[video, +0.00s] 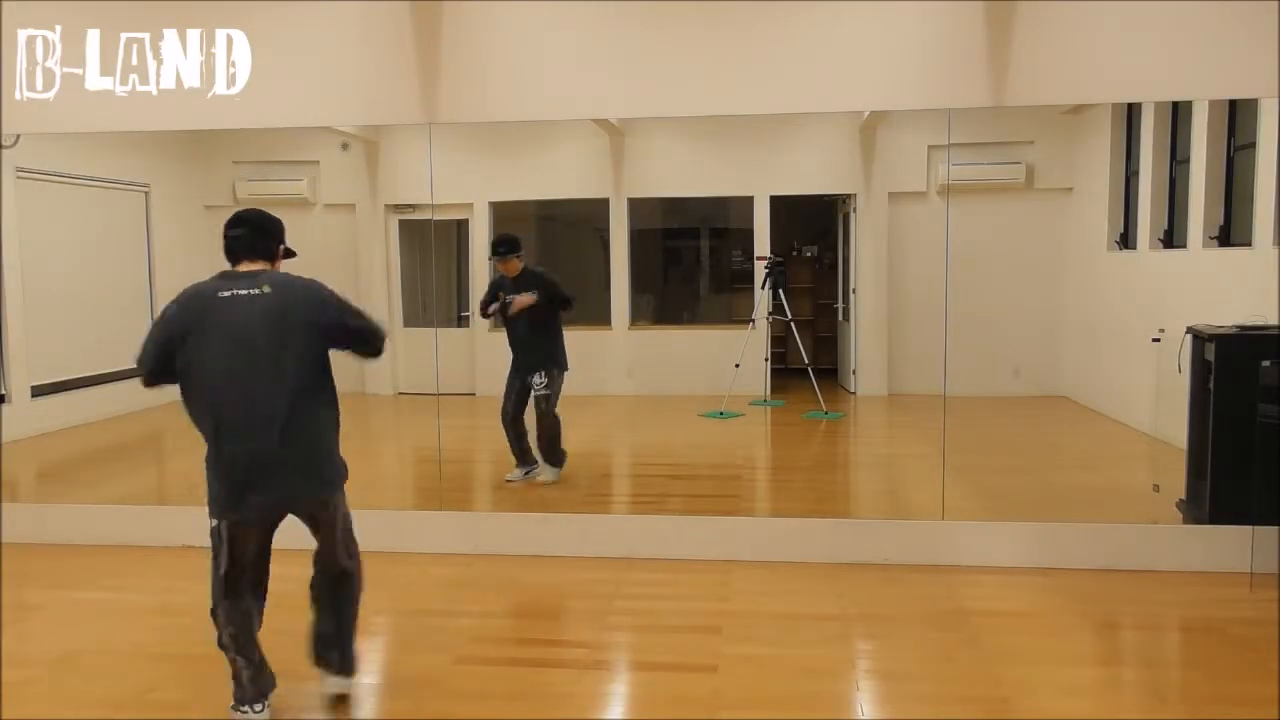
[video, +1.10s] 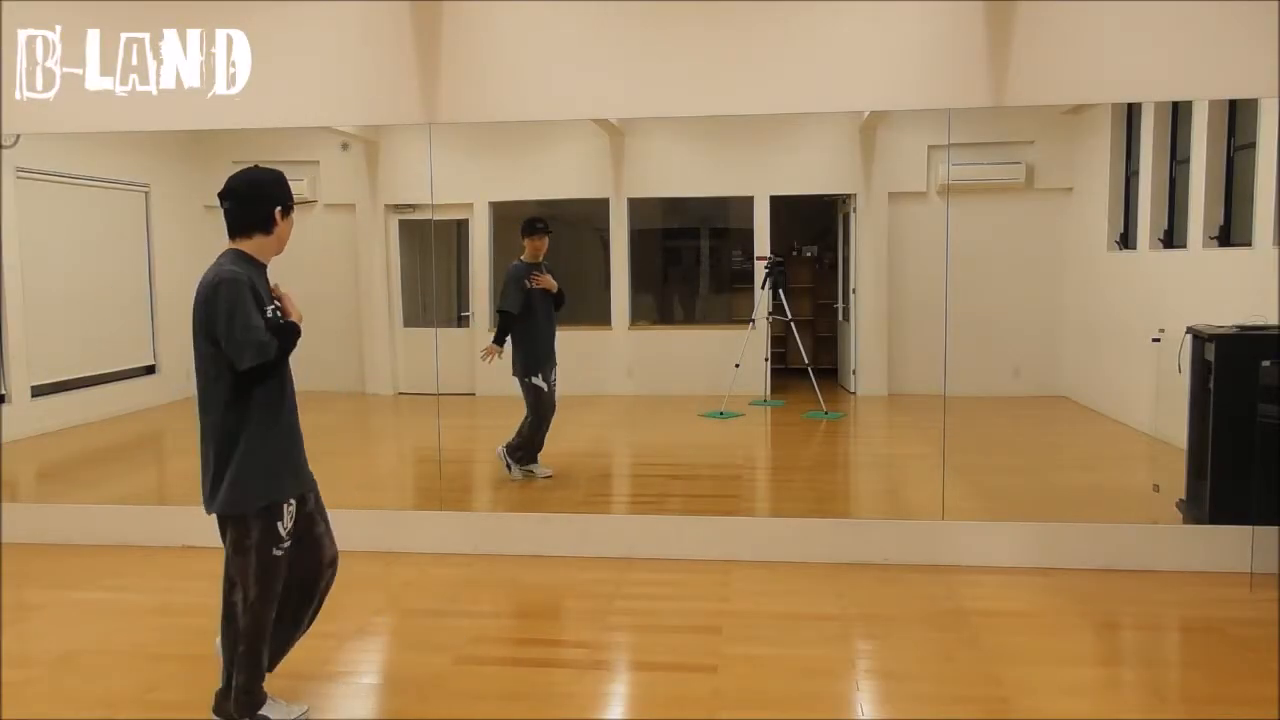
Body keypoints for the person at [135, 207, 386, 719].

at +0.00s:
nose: (283, 260)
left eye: (280, 255)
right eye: (283, 255)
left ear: (227, 255)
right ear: (278, 256)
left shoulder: (191, 303)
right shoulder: (303, 295)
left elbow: (151, 370)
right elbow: (371, 340)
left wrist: (205, 354)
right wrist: (317, 324)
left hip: (237, 471)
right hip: (311, 465)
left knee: (236, 582)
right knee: (338, 549)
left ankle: (251, 694)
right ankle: (336, 657)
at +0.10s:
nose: (264, 256)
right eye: (267, 248)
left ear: (214, 252)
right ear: (265, 251)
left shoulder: (201, 302)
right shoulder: (296, 301)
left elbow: (185, 382)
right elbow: (305, 375)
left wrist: (233, 350)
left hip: (248, 473)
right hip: (316, 467)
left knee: (237, 587)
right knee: (357, 556)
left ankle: (252, 693)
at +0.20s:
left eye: (212, 250)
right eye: (263, 244)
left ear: (209, 253)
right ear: (263, 250)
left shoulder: (216, 307)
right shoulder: (282, 302)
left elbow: (184, 378)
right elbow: (247, 396)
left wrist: (225, 337)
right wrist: (210, 462)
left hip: (261, 473)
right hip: (322, 464)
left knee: (229, 594)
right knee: (368, 561)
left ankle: (253, 695)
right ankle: (445, 648)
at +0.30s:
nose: (262, 251)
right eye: (263, 243)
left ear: (208, 250)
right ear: (260, 248)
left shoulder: (199, 307)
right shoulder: (289, 300)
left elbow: (155, 363)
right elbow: (293, 376)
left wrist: (186, 328)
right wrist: (225, 408)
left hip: (253, 473)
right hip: (319, 465)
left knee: (235, 589)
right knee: (362, 557)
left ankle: (254, 694)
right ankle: (437, 652)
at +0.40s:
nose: (271, 239)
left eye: (267, 232)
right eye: (269, 233)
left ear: (211, 241)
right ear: (263, 239)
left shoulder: (187, 299)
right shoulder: (293, 291)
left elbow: (178, 366)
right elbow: (313, 345)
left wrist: (233, 356)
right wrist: (252, 343)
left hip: (232, 472)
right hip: (304, 463)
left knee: (233, 584)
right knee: (343, 564)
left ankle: (251, 691)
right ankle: (391, 665)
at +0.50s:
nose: (272, 231)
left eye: (267, 224)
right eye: (271, 224)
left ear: (214, 233)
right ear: (267, 231)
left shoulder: (187, 292)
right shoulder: (295, 289)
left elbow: (200, 365)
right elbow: (318, 356)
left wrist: (273, 364)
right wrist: (257, 361)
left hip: (224, 468)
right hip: (292, 467)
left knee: (231, 578)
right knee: (321, 579)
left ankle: (242, 692)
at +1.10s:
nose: (291, 226)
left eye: (290, 215)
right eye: (290, 215)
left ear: (238, 216)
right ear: (276, 218)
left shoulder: (247, 278)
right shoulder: (231, 281)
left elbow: (254, 358)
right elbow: (250, 358)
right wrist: (289, 326)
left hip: (280, 462)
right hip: (251, 470)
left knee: (317, 561)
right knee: (254, 590)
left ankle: (247, 669)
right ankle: (241, 705)